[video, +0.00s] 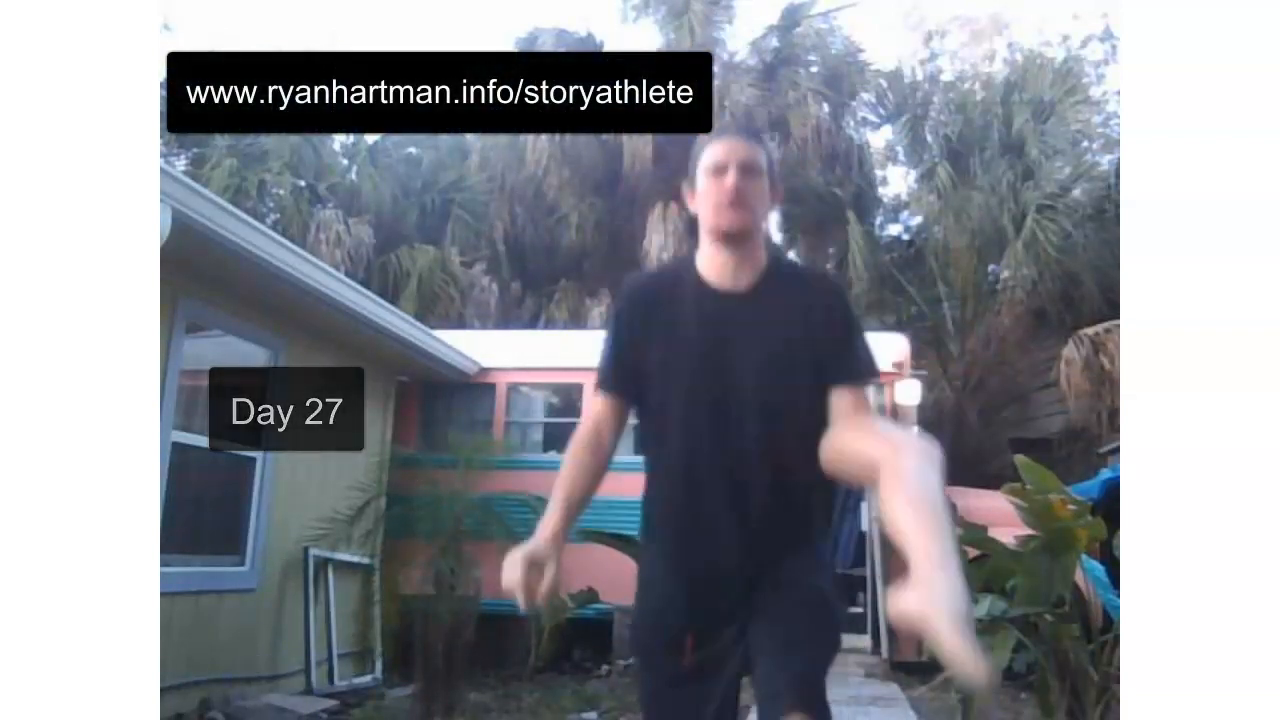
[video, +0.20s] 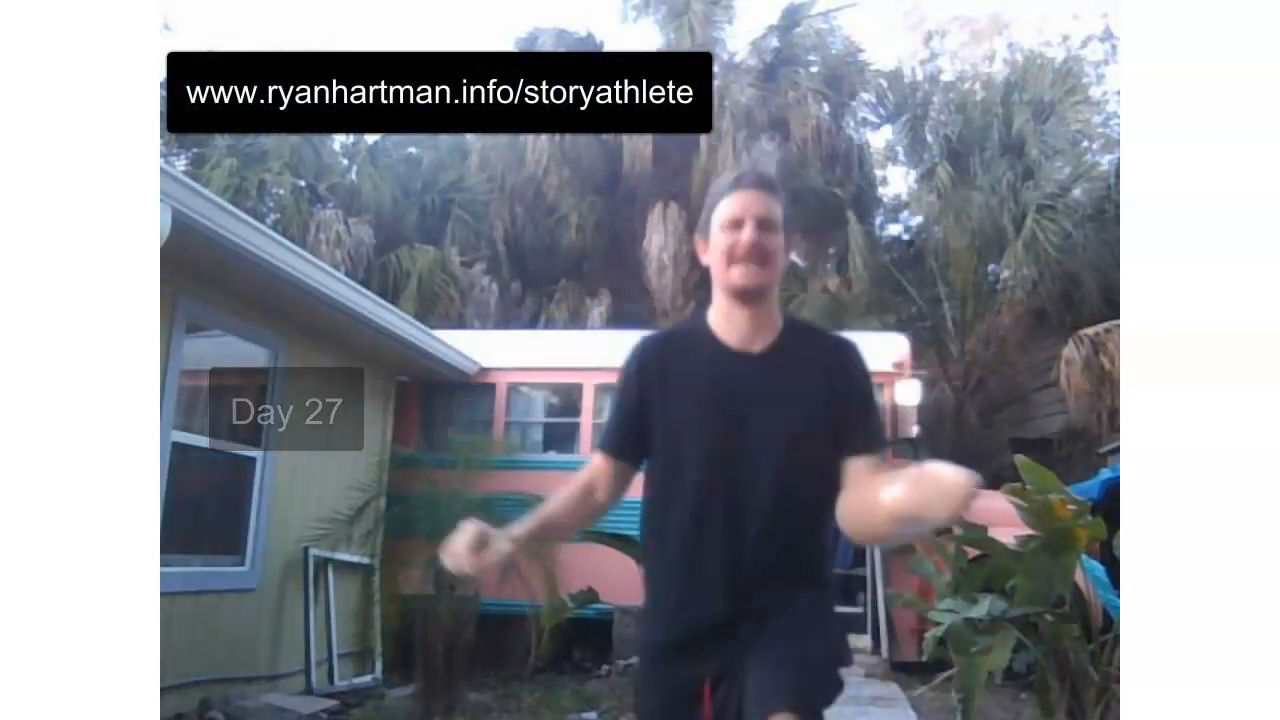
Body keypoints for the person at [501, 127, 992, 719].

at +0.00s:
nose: (734, 184)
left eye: (749, 172)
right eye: (717, 171)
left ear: (773, 196)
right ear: (689, 197)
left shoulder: (817, 297)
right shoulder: (647, 300)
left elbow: (847, 430)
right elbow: (599, 429)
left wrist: (892, 454)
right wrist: (549, 537)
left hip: (791, 570)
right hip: (681, 574)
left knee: (794, 704)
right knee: (677, 707)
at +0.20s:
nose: (750, 240)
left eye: (766, 227)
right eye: (733, 226)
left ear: (788, 248)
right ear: (703, 248)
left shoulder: (833, 362)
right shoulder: (658, 358)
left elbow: (857, 508)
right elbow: (598, 483)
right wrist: (513, 540)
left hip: (788, 622)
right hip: (678, 625)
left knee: (782, 711)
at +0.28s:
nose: (752, 98)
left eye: (769, 87)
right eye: (737, 86)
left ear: (792, 114)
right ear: (712, 110)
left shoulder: (830, 228)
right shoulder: (660, 217)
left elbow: (845, 366)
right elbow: (601, 341)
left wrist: (904, 348)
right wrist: (536, 380)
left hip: (792, 510)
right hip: (676, 508)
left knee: (787, 703)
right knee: (666, 706)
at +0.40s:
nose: (742, 136)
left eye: (759, 122)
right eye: (726, 122)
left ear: (781, 143)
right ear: (701, 144)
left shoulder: (823, 254)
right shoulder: (657, 255)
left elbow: (849, 382)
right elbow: (610, 377)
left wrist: (897, 371)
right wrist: (523, 395)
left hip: (795, 533)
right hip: (682, 534)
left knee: (795, 704)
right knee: (684, 709)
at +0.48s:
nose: (743, 238)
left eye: (758, 224)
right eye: (726, 225)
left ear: (781, 245)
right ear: (698, 248)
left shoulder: (827, 358)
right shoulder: (655, 354)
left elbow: (854, 498)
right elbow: (603, 480)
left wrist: (924, 525)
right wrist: (510, 502)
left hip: (792, 642)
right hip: (679, 640)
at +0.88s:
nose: (741, 270)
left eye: (757, 254)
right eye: (722, 254)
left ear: (781, 270)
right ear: (690, 272)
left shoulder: (838, 372)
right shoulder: (655, 392)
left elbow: (901, 499)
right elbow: (559, 484)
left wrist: (973, 487)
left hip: (796, 649)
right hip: (688, 660)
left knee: (787, 703)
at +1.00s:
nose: (725, 83)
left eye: (740, 71)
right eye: (710, 70)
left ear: (763, 95)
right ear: (687, 93)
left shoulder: (810, 202)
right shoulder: (645, 207)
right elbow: (613, 327)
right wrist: (622, 365)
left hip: (771, 483)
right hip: (657, 486)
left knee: (786, 701)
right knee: (652, 700)